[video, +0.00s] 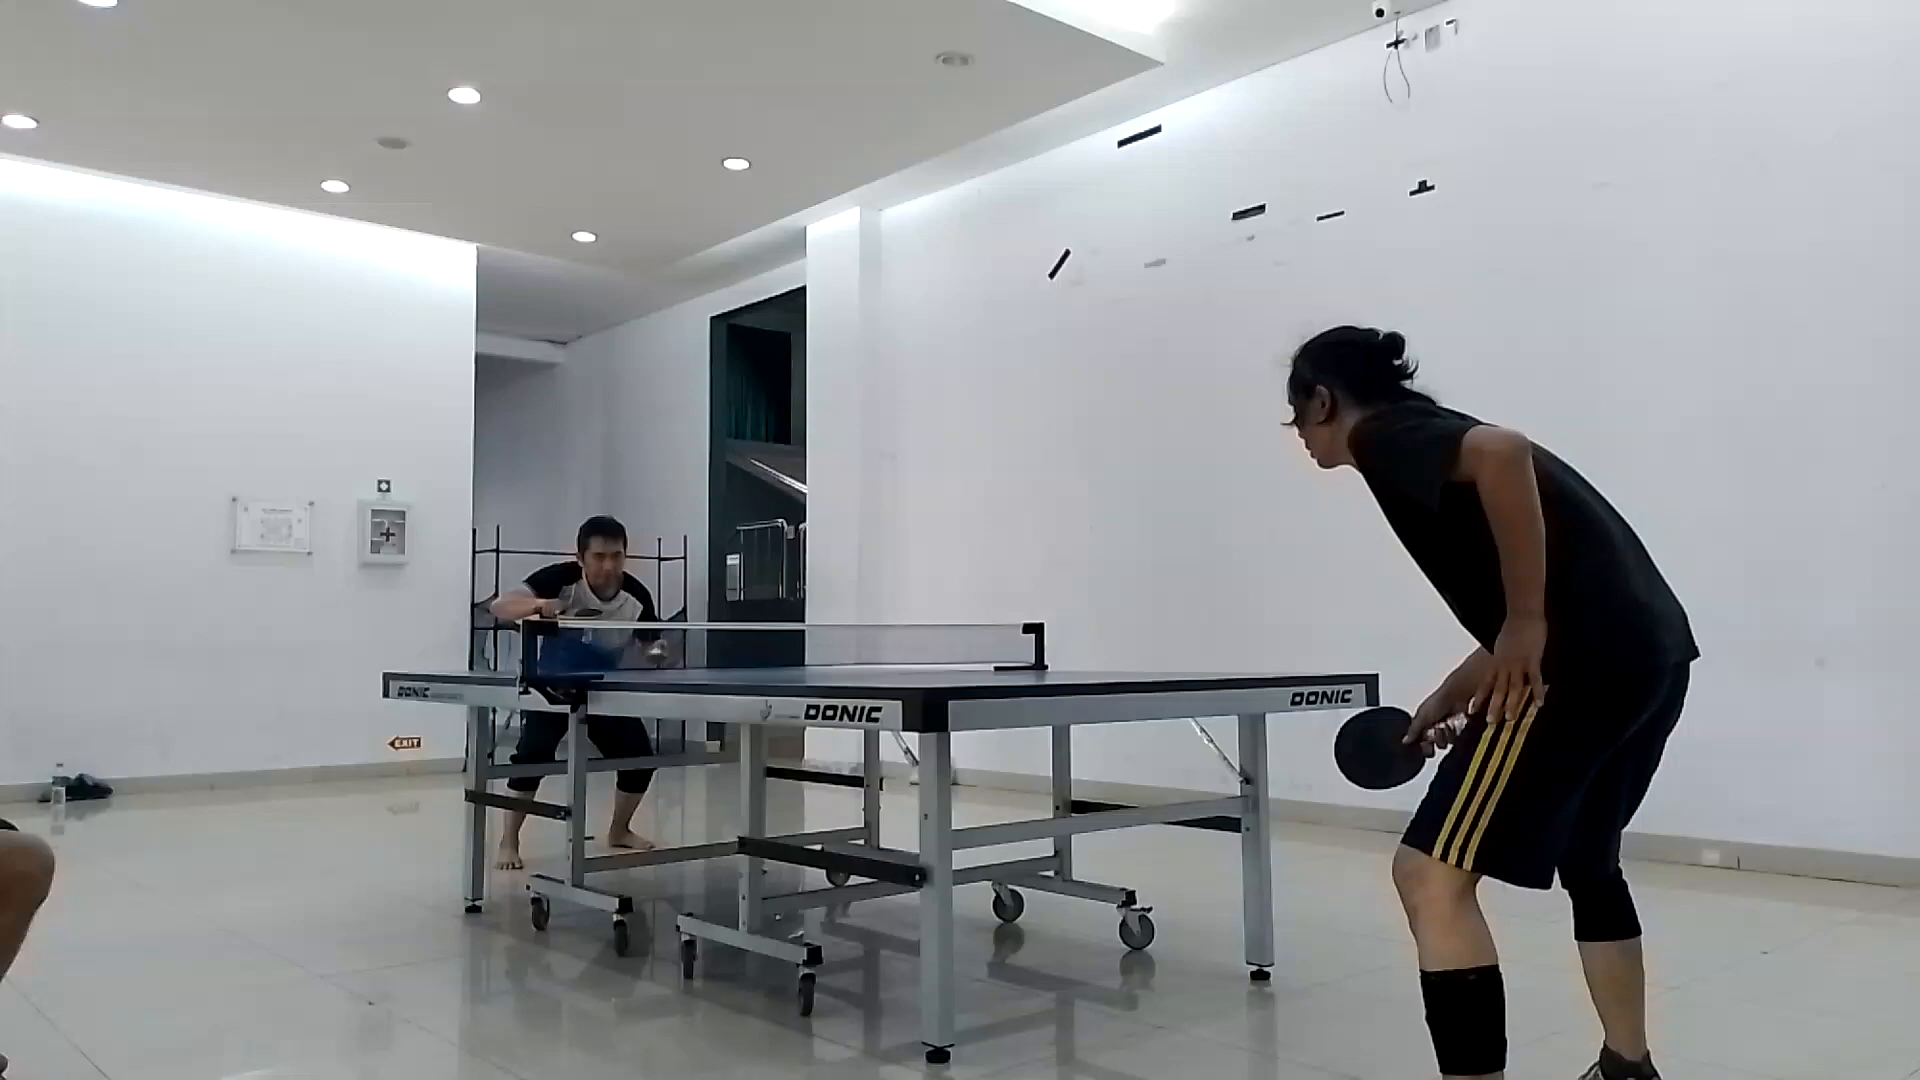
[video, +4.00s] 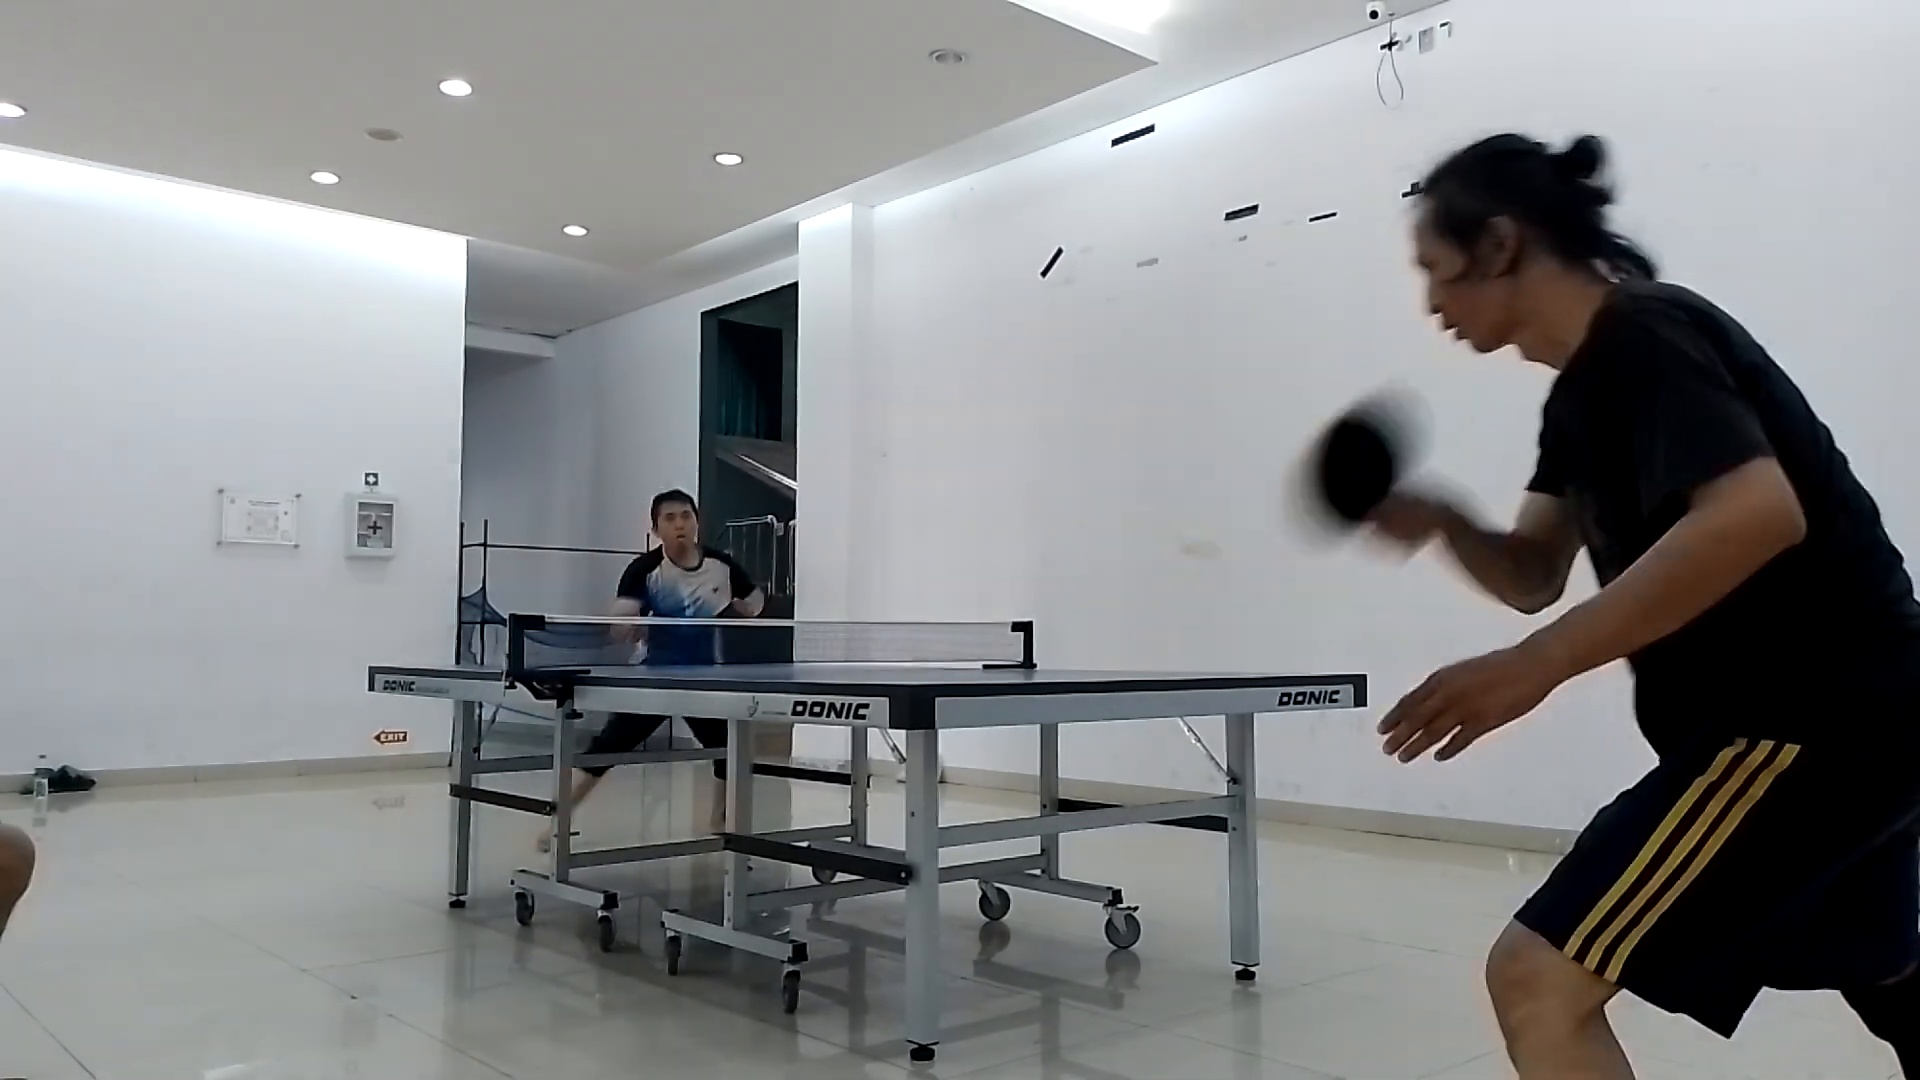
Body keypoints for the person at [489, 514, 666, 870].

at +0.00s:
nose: (608, 565)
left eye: (615, 556)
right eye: (599, 556)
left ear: (624, 556)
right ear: (581, 556)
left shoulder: (637, 596)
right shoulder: (559, 578)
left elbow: (649, 651)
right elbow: (500, 608)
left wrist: (656, 655)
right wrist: (539, 605)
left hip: (606, 694)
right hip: (549, 691)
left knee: (641, 762)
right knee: (532, 759)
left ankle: (619, 831)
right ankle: (510, 841)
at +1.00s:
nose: (617, 545)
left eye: (623, 536)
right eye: (608, 535)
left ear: (630, 535)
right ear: (587, 533)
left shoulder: (634, 578)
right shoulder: (563, 555)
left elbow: (643, 632)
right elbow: (523, 577)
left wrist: (665, 652)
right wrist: (533, 592)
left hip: (606, 683)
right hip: (555, 680)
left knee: (636, 755)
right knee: (532, 756)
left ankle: (618, 831)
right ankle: (506, 841)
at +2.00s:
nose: (544, 558)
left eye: (550, 549)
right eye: (534, 549)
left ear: (556, 549)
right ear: (510, 550)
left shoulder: (563, 589)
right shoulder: (482, 583)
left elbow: (581, 642)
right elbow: (459, 645)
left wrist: (597, 649)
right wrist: (510, 661)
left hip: (538, 696)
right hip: (485, 696)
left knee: (585, 757)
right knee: (464, 762)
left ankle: (573, 828)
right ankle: (427, 845)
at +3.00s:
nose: (600, 506)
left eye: (605, 498)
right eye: (589, 499)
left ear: (613, 505)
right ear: (569, 509)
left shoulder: (633, 554)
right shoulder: (548, 552)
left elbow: (651, 614)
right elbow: (524, 615)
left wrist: (659, 654)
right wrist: (550, 625)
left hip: (610, 668)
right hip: (558, 668)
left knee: (645, 741)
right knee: (548, 748)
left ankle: (613, 806)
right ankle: (542, 830)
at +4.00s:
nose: (680, 523)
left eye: (686, 515)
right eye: (670, 518)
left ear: (697, 523)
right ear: (656, 529)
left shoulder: (722, 566)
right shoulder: (642, 570)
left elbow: (757, 601)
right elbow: (619, 627)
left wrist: (738, 610)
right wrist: (633, 630)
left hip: (705, 681)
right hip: (654, 680)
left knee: (728, 752)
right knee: (608, 745)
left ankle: (720, 823)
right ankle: (560, 818)